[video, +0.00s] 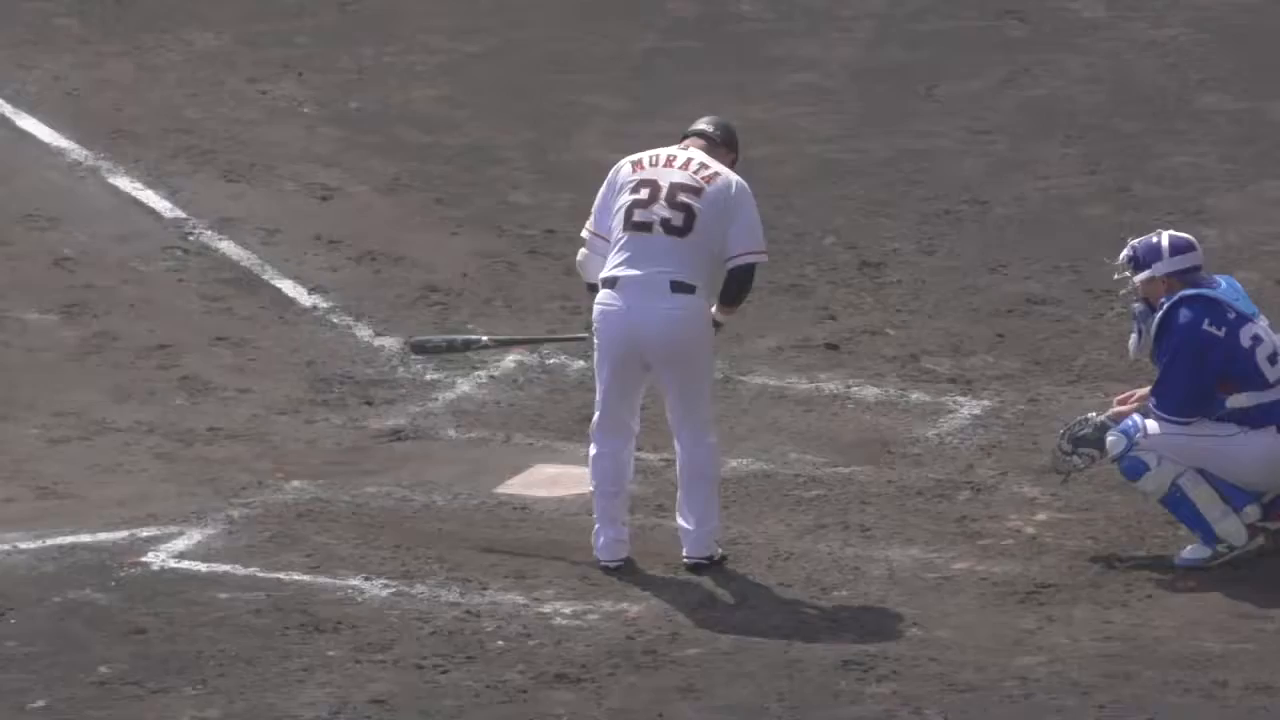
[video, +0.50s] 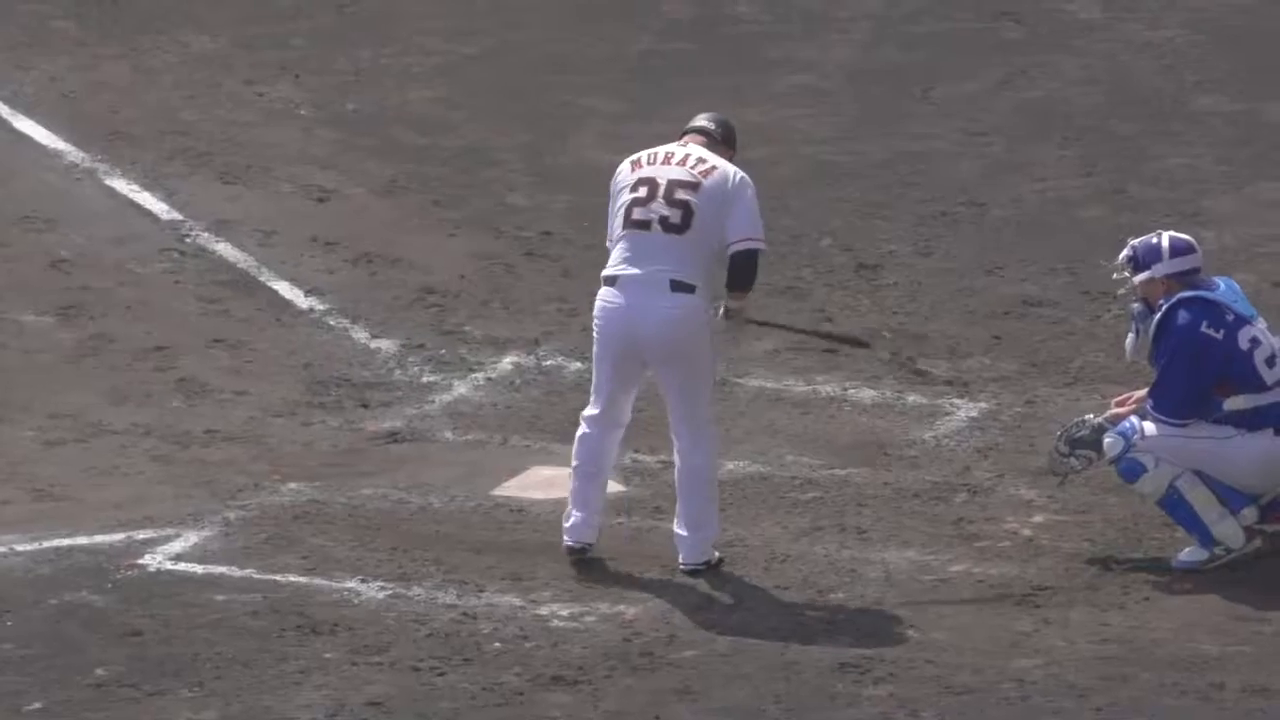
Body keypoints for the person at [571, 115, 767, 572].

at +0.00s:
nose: (730, 165)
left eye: (730, 159)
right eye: (732, 160)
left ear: (686, 139)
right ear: (726, 152)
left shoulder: (628, 165)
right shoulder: (731, 183)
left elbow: (591, 255)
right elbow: (742, 270)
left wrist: (610, 296)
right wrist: (720, 315)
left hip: (614, 304)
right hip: (683, 307)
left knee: (612, 427)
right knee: (693, 431)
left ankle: (610, 546)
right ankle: (699, 545)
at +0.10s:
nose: (729, 164)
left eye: (729, 159)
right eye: (732, 159)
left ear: (684, 137)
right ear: (726, 150)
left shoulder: (626, 164)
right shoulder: (730, 181)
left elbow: (592, 255)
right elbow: (745, 265)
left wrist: (625, 287)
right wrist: (725, 314)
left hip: (616, 303)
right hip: (684, 305)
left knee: (610, 425)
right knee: (692, 430)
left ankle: (609, 545)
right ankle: (696, 546)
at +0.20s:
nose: (728, 163)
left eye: (728, 157)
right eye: (730, 157)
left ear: (682, 137)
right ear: (724, 149)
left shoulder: (626, 164)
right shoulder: (731, 180)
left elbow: (596, 249)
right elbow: (747, 263)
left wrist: (621, 289)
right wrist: (731, 314)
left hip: (617, 302)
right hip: (686, 306)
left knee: (611, 426)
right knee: (693, 430)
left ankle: (608, 547)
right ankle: (695, 547)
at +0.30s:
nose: (728, 163)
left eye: (727, 158)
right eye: (730, 157)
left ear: (683, 137)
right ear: (724, 150)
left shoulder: (627, 168)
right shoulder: (731, 179)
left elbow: (601, 252)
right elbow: (747, 259)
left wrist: (625, 291)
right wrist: (730, 312)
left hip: (618, 304)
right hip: (686, 308)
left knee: (614, 426)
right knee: (694, 431)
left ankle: (607, 546)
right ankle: (694, 548)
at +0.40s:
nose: (728, 162)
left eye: (726, 157)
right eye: (730, 156)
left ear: (683, 137)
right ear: (724, 149)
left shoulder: (629, 166)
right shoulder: (731, 178)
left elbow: (611, 245)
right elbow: (745, 262)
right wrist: (730, 314)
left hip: (616, 302)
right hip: (685, 306)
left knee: (609, 420)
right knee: (693, 429)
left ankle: (599, 538)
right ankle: (694, 548)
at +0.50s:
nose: (726, 160)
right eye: (729, 154)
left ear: (683, 136)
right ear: (726, 148)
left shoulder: (629, 163)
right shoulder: (732, 177)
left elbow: (616, 238)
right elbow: (743, 264)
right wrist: (734, 303)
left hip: (614, 301)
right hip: (681, 307)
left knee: (602, 416)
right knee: (693, 431)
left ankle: (578, 532)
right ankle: (695, 549)